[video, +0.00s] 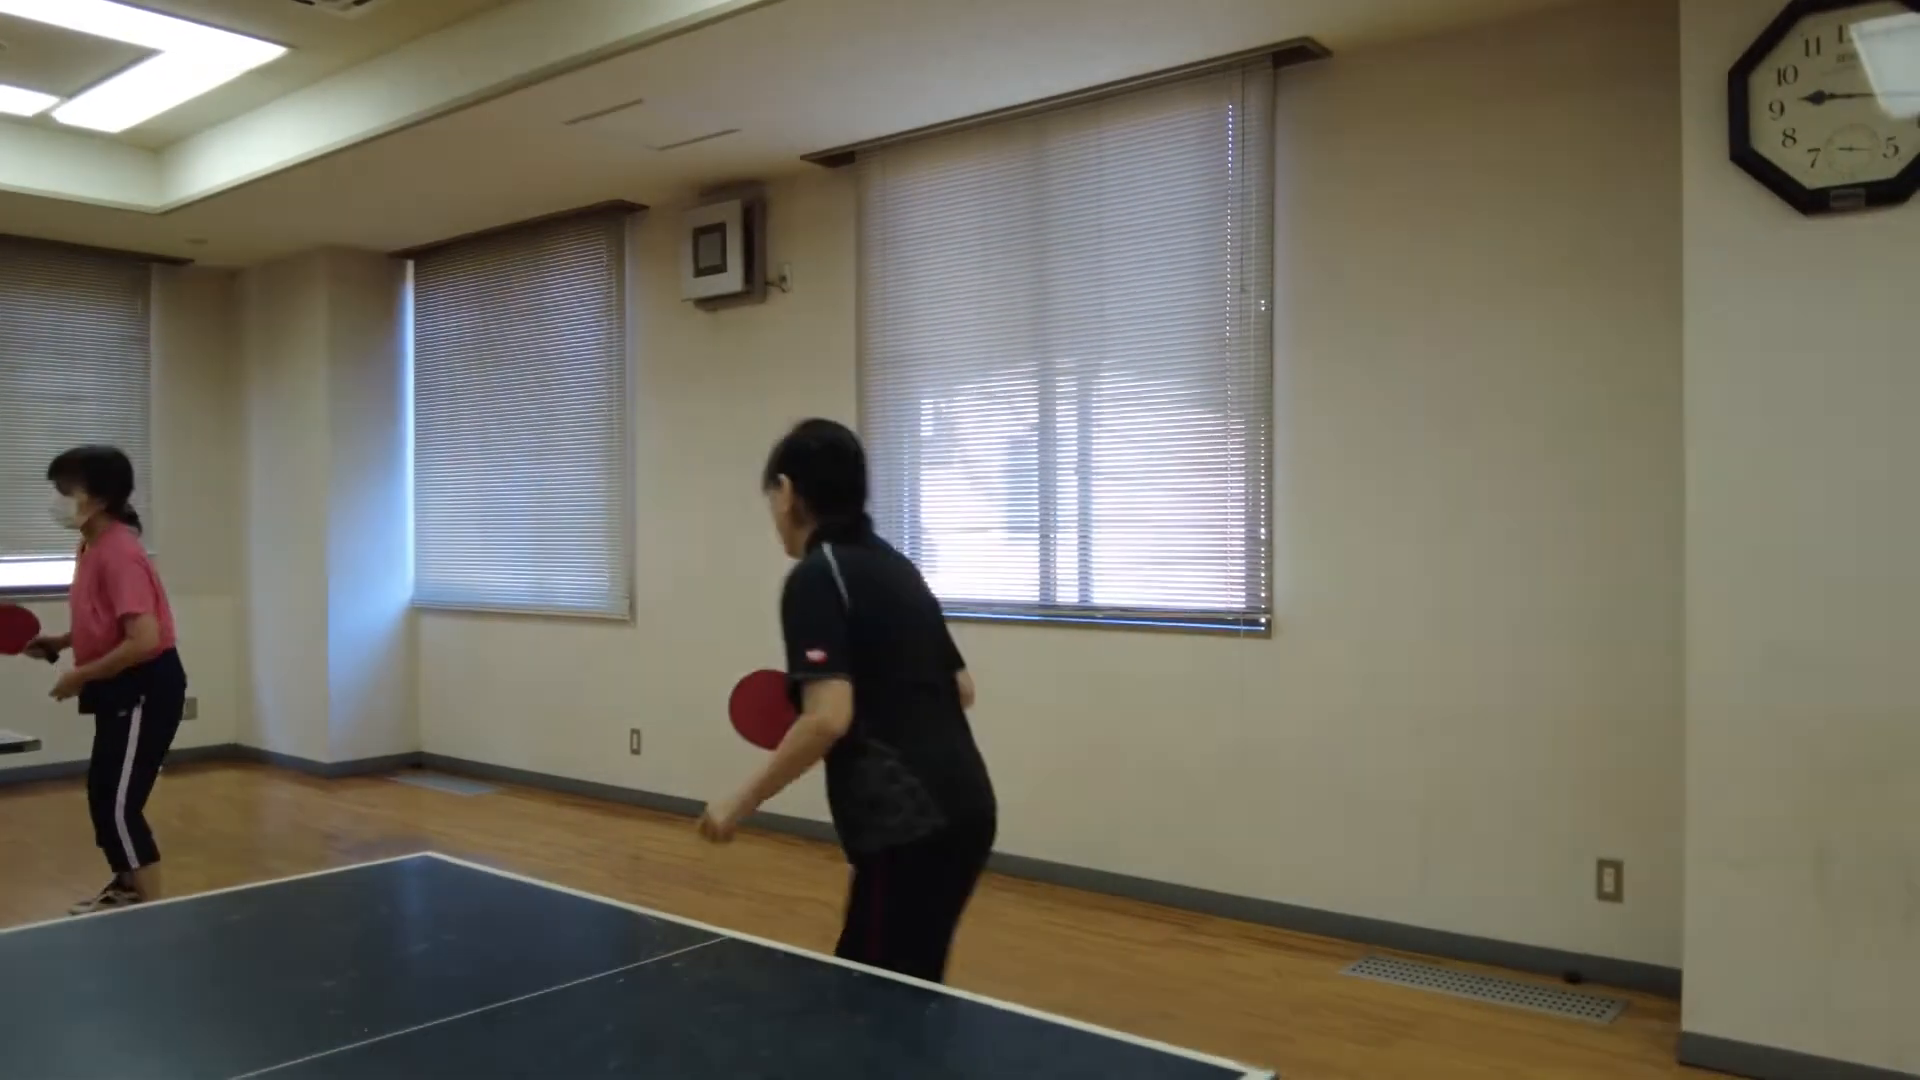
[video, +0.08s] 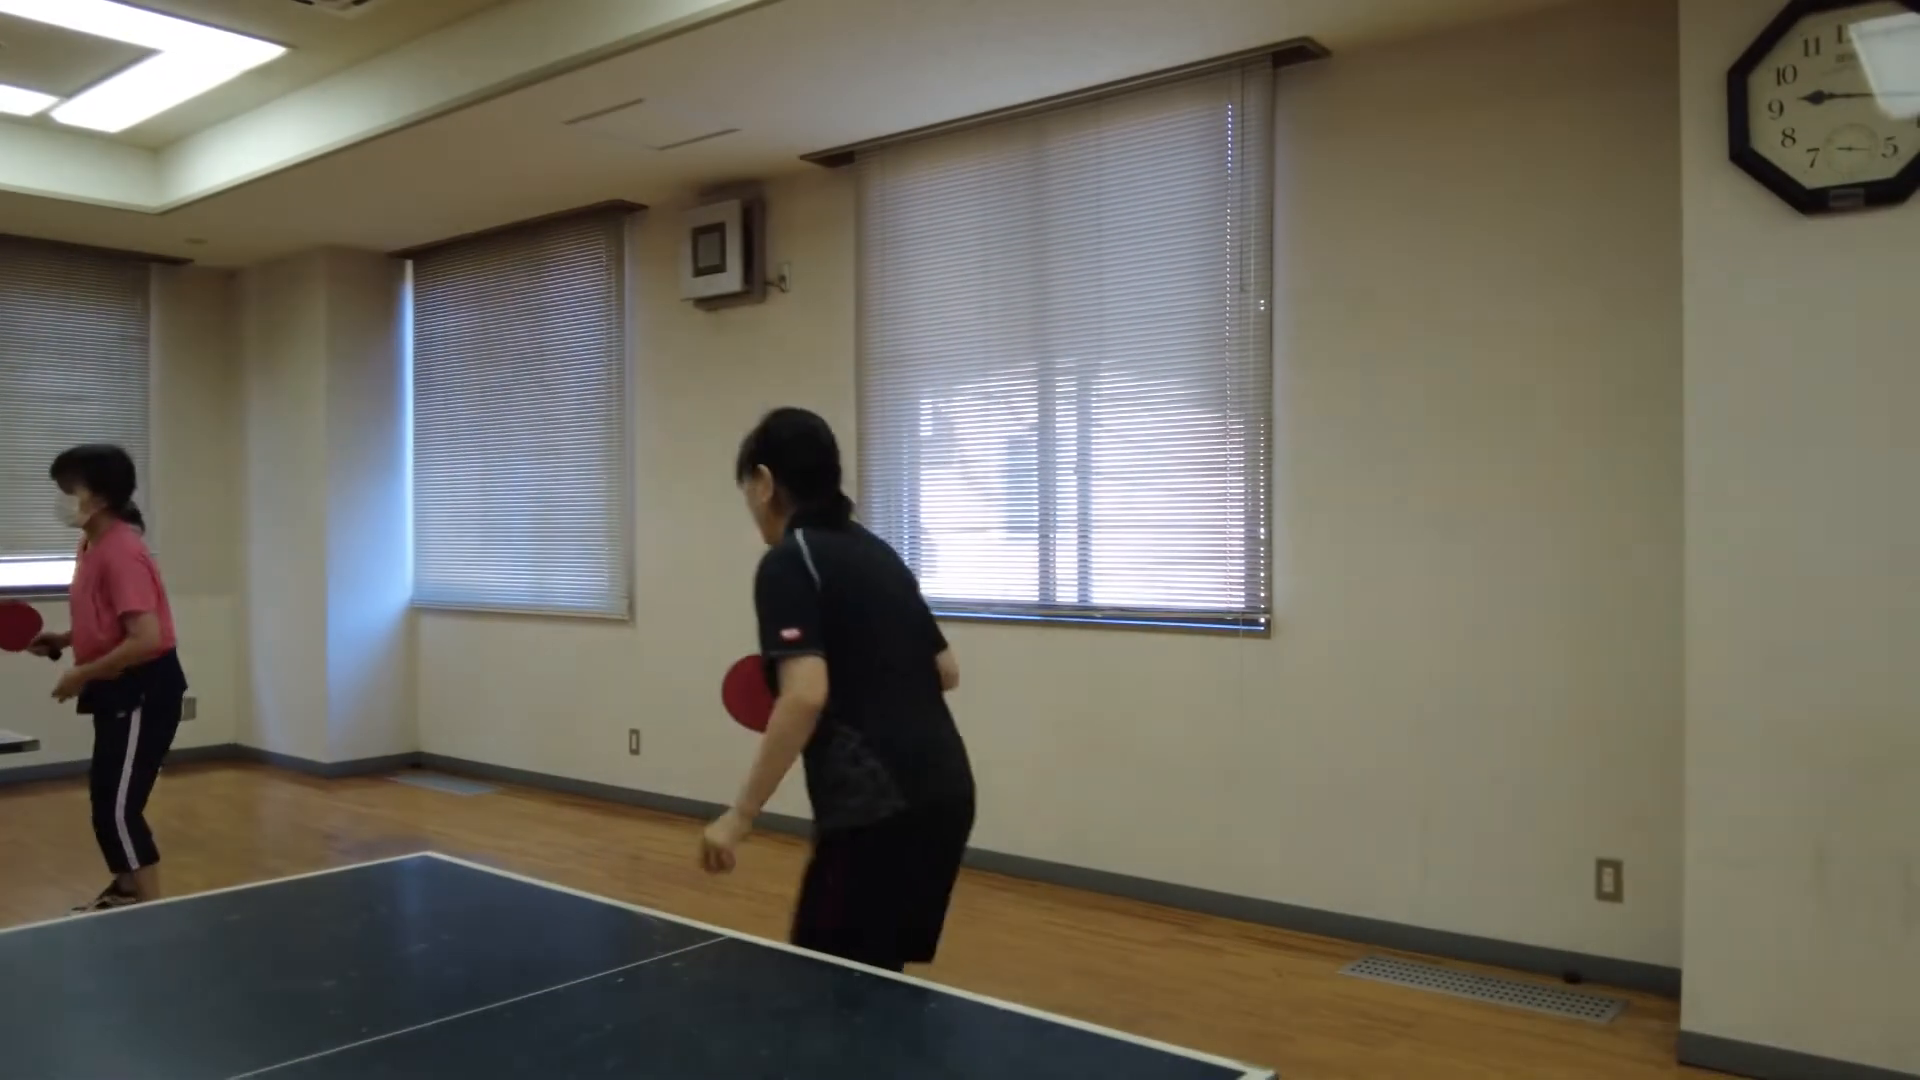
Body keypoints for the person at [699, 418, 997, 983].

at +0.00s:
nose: (772, 511)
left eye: (771, 494)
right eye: (770, 495)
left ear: (791, 493)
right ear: (850, 488)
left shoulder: (816, 576)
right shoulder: (893, 565)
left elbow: (829, 717)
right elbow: (960, 688)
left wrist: (740, 802)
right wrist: (869, 720)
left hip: (905, 826)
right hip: (959, 813)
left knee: (866, 994)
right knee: (899, 995)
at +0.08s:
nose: (748, 507)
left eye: (745, 489)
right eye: (744, 491)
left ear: (766, 483)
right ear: (827, 476)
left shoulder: (791, 561)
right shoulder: (875, 551)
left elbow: (805, 694)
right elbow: (944, 669)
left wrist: (740, 816)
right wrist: (838, 691)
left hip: (870, 808)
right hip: (941, 797)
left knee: (819, 983)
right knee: (874, 981)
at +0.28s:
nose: (706, 502)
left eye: (704, 485)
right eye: (700, 488)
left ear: (735, 475)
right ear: (783, 470)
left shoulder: (736, 551)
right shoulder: (839, 550)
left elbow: (751, 670)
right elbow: (876, 669)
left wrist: (747, 805)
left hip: (785, 796)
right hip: (869, 789)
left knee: (732, 970)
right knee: (854, 975)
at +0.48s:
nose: (637, 496)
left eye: (637, 480)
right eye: (634, 481)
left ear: (669, 476)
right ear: (715, 468)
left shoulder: (660, 564)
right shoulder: (770, 554)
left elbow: (674, 685)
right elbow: (797, 662)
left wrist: (686, 810)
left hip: (709, 788)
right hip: (790, 779)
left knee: (671, 951)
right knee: (783, 947)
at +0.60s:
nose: (600, 497)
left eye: (605, 479)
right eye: (597, 483)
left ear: (648, 474)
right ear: (655, 474)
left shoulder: (639, 553)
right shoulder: (726, 543)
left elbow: (644, 678)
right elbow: (766, 652)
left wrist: (605, 793)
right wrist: (666, 665)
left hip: (676, 778)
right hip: (749, 768)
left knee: (645, 925)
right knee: (694, 913)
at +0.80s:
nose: (546, 512)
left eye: (555, 493)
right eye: (540, 500)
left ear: (604, 483)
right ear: (607, 488)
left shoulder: (614, 551)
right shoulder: (644, 545)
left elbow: (635, 672)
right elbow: (706, 661)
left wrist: (555, 736)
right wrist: (643, 737)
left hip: (649, 788)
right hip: (676, 780)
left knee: (601, 931)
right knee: (625, 933)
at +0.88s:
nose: (529, 530)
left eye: (538, 511)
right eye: (521, 518)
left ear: (586, 501)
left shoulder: (606, 563)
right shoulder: (599, 561)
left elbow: (644, 682)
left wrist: (565, 760)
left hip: (640, 799)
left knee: (564, 922)